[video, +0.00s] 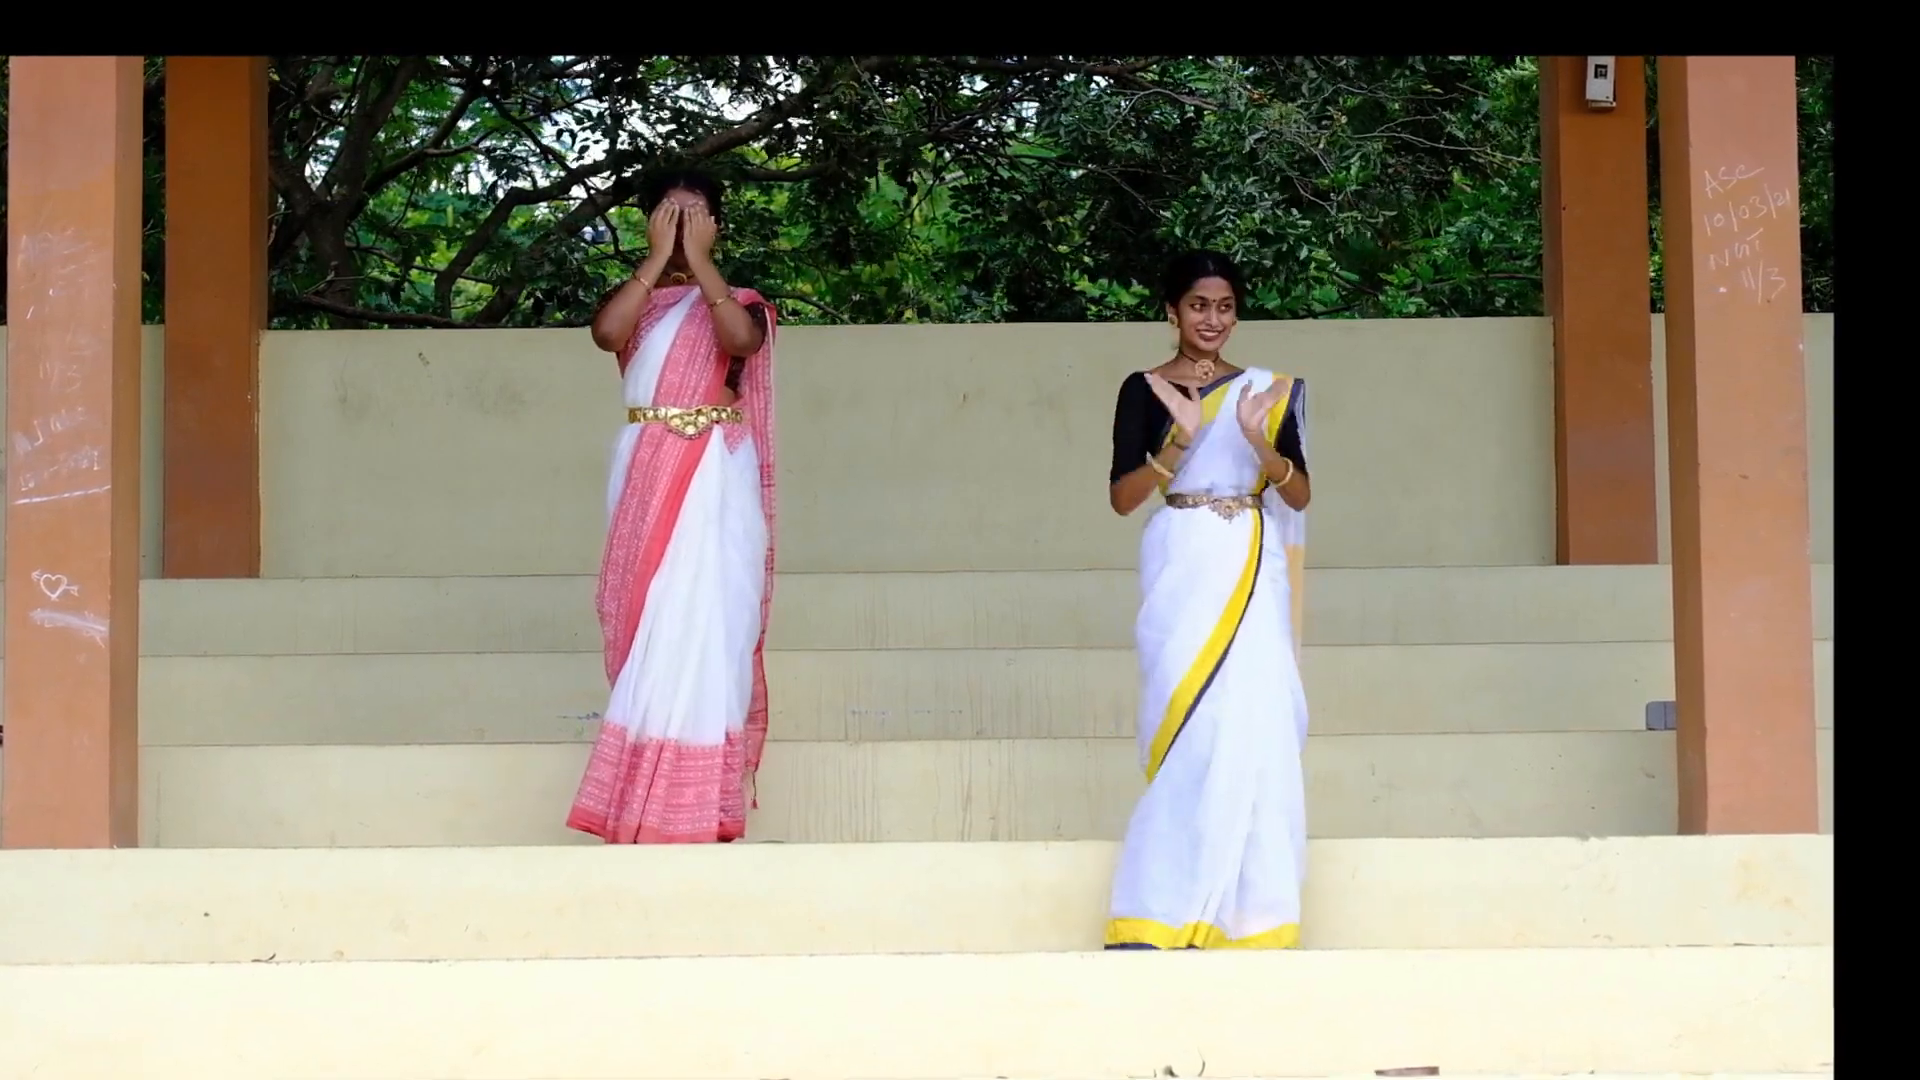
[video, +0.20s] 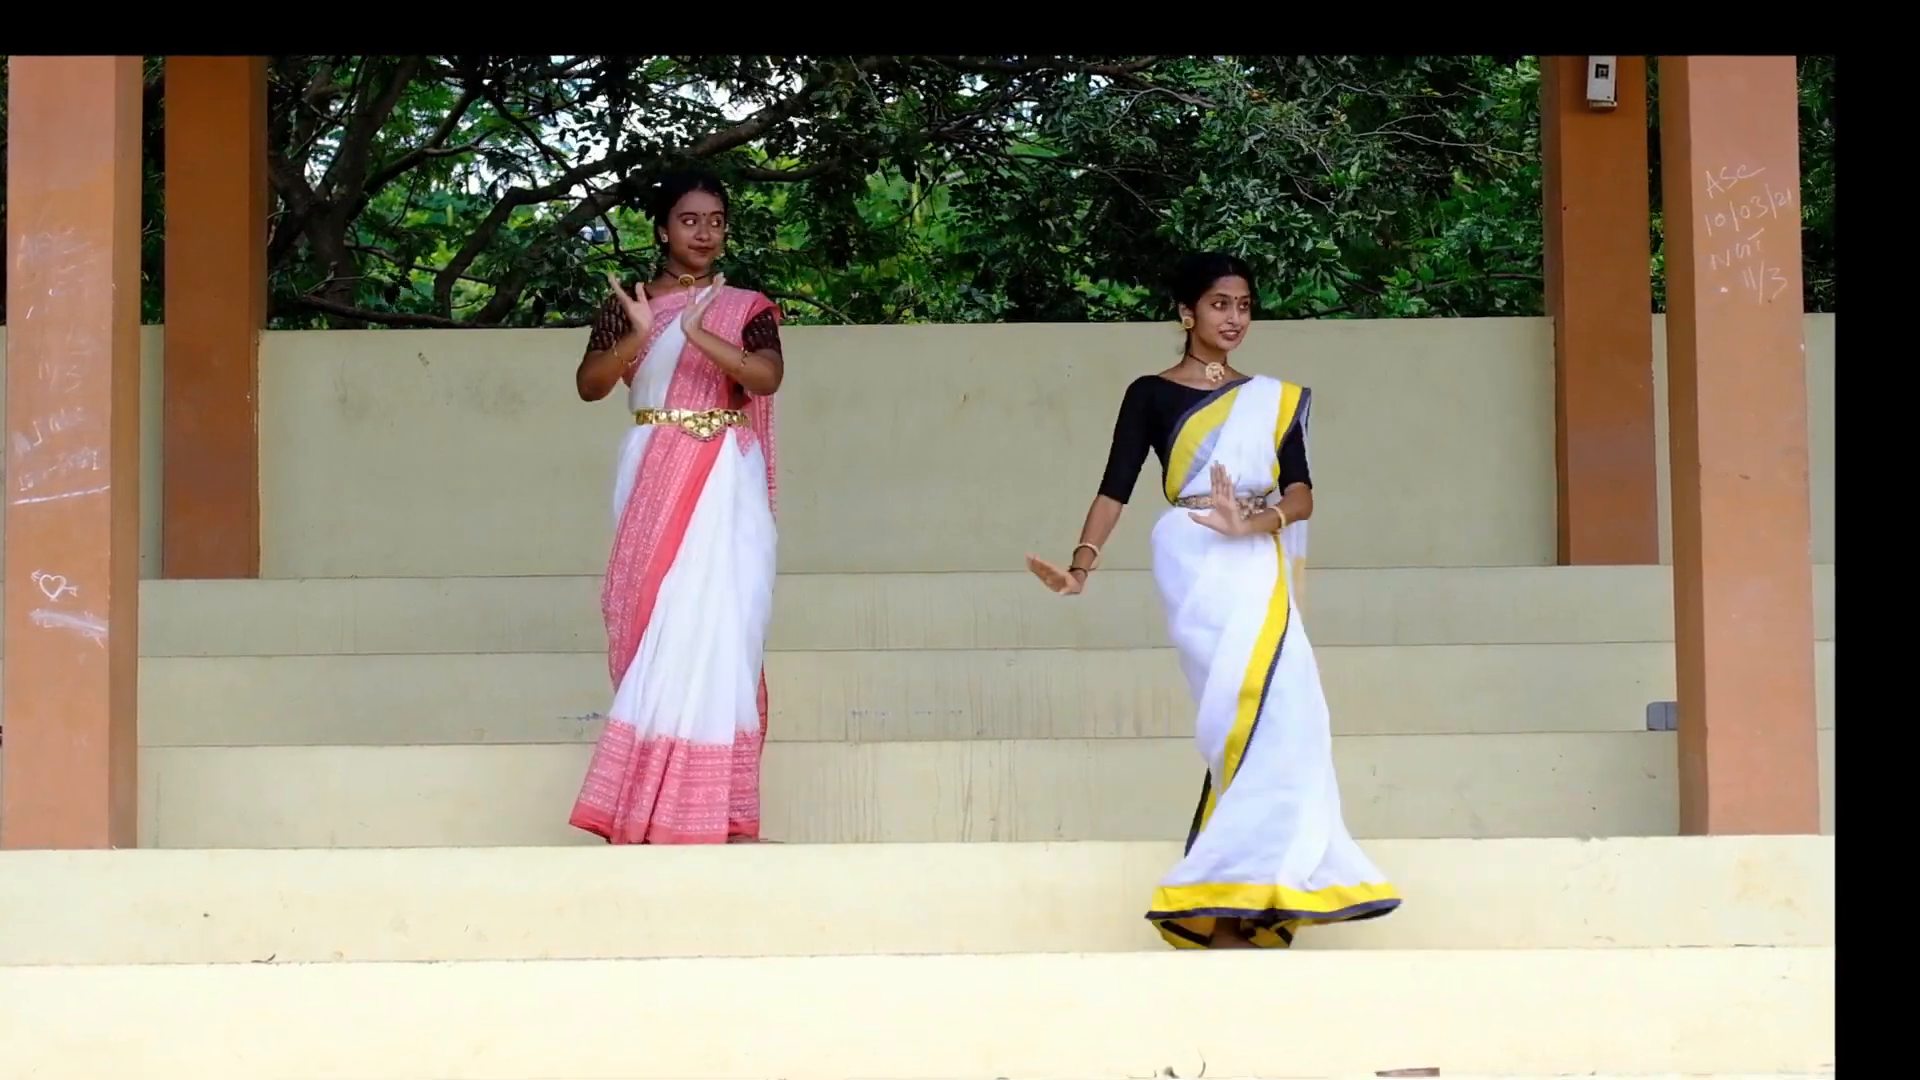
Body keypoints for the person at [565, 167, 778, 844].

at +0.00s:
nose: (681, 226)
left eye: (695, 214)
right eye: (670, 213)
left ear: (717, 226)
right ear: (651, 225)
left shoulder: (740, 301)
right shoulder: (638, 301)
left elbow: (742, 339)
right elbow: (608, 332)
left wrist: (701, 261)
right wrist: (658, 256)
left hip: (714, 476)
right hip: (646, 474)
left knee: (703, 627)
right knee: (650, 626)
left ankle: (693, 803)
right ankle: (644, 799)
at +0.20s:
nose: (704, 231)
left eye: (714, 220)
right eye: (690, 219)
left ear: (727, 229)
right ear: (664, 227)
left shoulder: (747, 307)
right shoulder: (631, 304)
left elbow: (766, 377)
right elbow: (590, 385)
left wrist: (702, 337)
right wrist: (636, 337)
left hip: (727, 482)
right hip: (655, 481)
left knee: (717, 629)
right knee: (658, 628)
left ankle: (703, 809)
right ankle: (652, 804)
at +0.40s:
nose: (734, 239)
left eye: (739, 227)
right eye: (719, 227)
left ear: (744, 236)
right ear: (684, 236)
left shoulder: (759, 316)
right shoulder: (639, 315)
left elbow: (771, 401)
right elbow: (610, 401)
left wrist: (703, 433)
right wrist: (580, 478)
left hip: (737, 494)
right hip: (663, 494)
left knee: (728, 632)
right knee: (679, 636)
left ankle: (715, 808)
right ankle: (684, 801)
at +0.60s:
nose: (748, 241)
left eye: (754, 229)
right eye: (734, 228)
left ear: (758, 235)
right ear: (698, 235)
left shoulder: (768, 315)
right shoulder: (651, 310)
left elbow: (768, 386)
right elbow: (583, 383)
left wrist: (693, 391)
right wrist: (505, 434)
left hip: (747, 479)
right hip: (674, 477)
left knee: (783, 585)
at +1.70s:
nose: (685, 260)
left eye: (695, 245)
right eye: (680, 248)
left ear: (736, 242)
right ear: (684, 253)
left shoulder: (800, 315)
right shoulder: (683, 333)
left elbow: (876, 388)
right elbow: (648, 418)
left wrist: (821, 418)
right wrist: (591, 488)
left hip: (780, 491)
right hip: (703, 489)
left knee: (741, 633)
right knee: (629, 541)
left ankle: (716, 795)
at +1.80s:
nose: (680, 259)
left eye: (688, 246)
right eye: (675, 248)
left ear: (731, 241)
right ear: (694, 251)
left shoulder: (799, 309)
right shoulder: (684, 334)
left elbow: (877, 373)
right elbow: (635, 417)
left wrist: (796, 398)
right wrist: (558, 480)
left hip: (785, 485)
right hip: (708, 481)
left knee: (730, 634)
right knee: (630, 513)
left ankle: (717, 820)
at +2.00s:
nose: (674, 261)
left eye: (682, 247)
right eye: (670, 249)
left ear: (724, 243)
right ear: (697, 249)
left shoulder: (792, 305)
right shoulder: (686, 337)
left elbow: (866, 355)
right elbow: (615, 408)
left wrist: (782, 377)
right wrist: (523, 454)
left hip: (784, 488)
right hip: (710, 483)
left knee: (723, 630)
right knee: (634, 490)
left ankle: (714, 810)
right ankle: (641, 653)